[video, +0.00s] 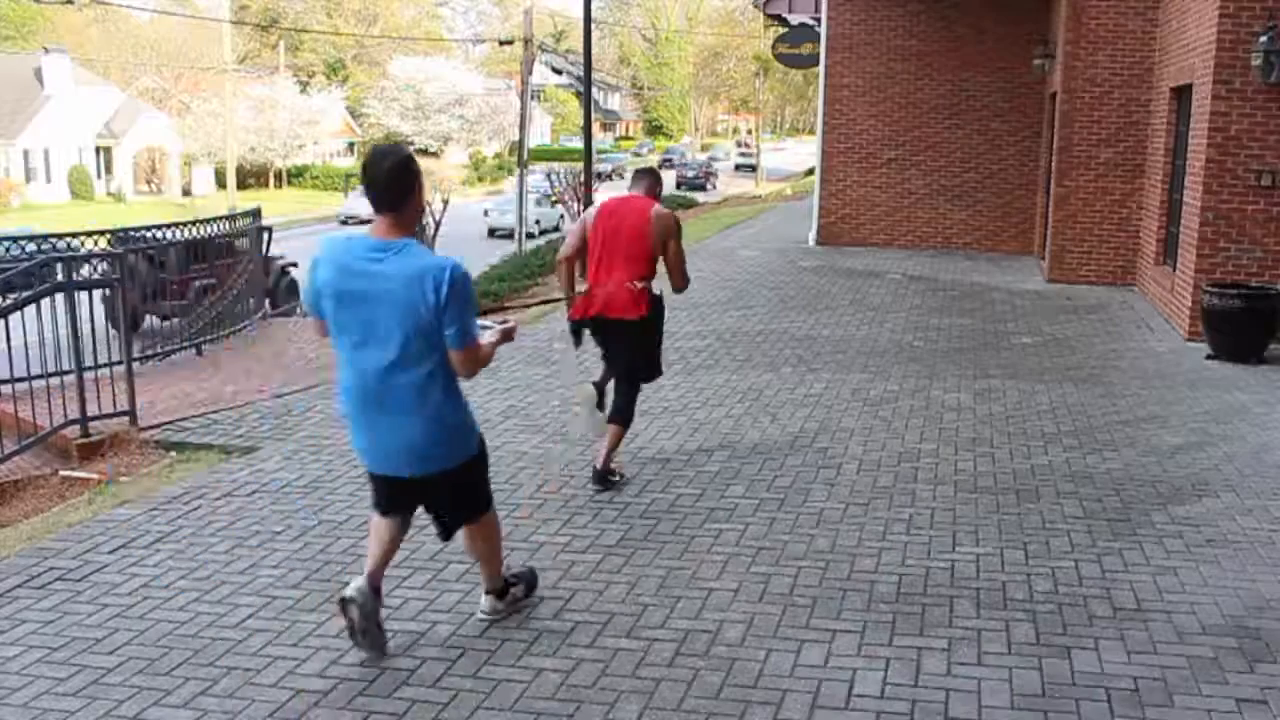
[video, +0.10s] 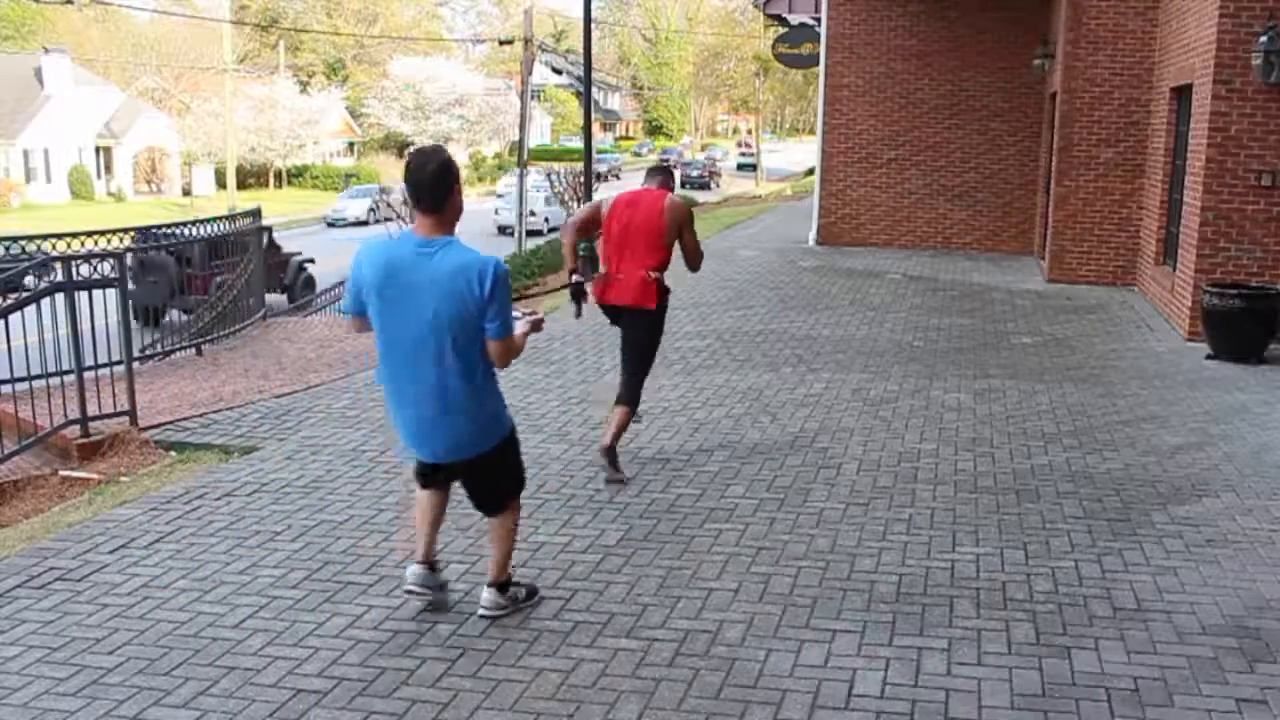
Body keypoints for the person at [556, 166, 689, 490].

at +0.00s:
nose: (659, 199)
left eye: (657, 195)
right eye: (660, 195)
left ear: (630, 187)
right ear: (656, 191)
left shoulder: (596, 211)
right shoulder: (664, 218)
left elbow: (565, 257)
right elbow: (679, 284)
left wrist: (571, 304)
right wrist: (670, 248)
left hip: (595, 309)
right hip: (635, 311)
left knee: (617, 355)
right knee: (627, 388)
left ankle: (598, 386)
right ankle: (603, 464)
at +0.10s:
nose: (671, 194)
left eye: (668, 190)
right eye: (672, 190)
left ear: (644, 184)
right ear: (669, 187)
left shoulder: (613, 201)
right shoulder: (676, 207)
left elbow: (569, 227)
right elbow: (694, 262)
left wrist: (573, 272)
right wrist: (685, 228)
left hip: (608, 298)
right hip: (646, 300)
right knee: (632, 378)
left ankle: (629, 400)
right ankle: (609, 443)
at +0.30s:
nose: (685, 193)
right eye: (687, 189)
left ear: (659, 181)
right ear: (684, 186)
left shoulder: (634, 202)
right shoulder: (695, 205)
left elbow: (619, 257)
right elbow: (706, 236)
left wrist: (634, 260)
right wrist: (698, 278)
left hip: (637, 288)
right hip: (675, 287)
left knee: (631, 360)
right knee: (678, 327)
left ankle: (619, 430)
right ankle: (668, 362)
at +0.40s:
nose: (703, 184)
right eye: (703, 179)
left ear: (674, 173)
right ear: (698, 176)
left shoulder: (645, 193)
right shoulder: (707, 195)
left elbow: (626, 241)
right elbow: (720, 234)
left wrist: (650, 252)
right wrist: (716, 274)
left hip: (650, 278)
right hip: (688, 277)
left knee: (651, 341)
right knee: (692, 334)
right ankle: (677, 389)